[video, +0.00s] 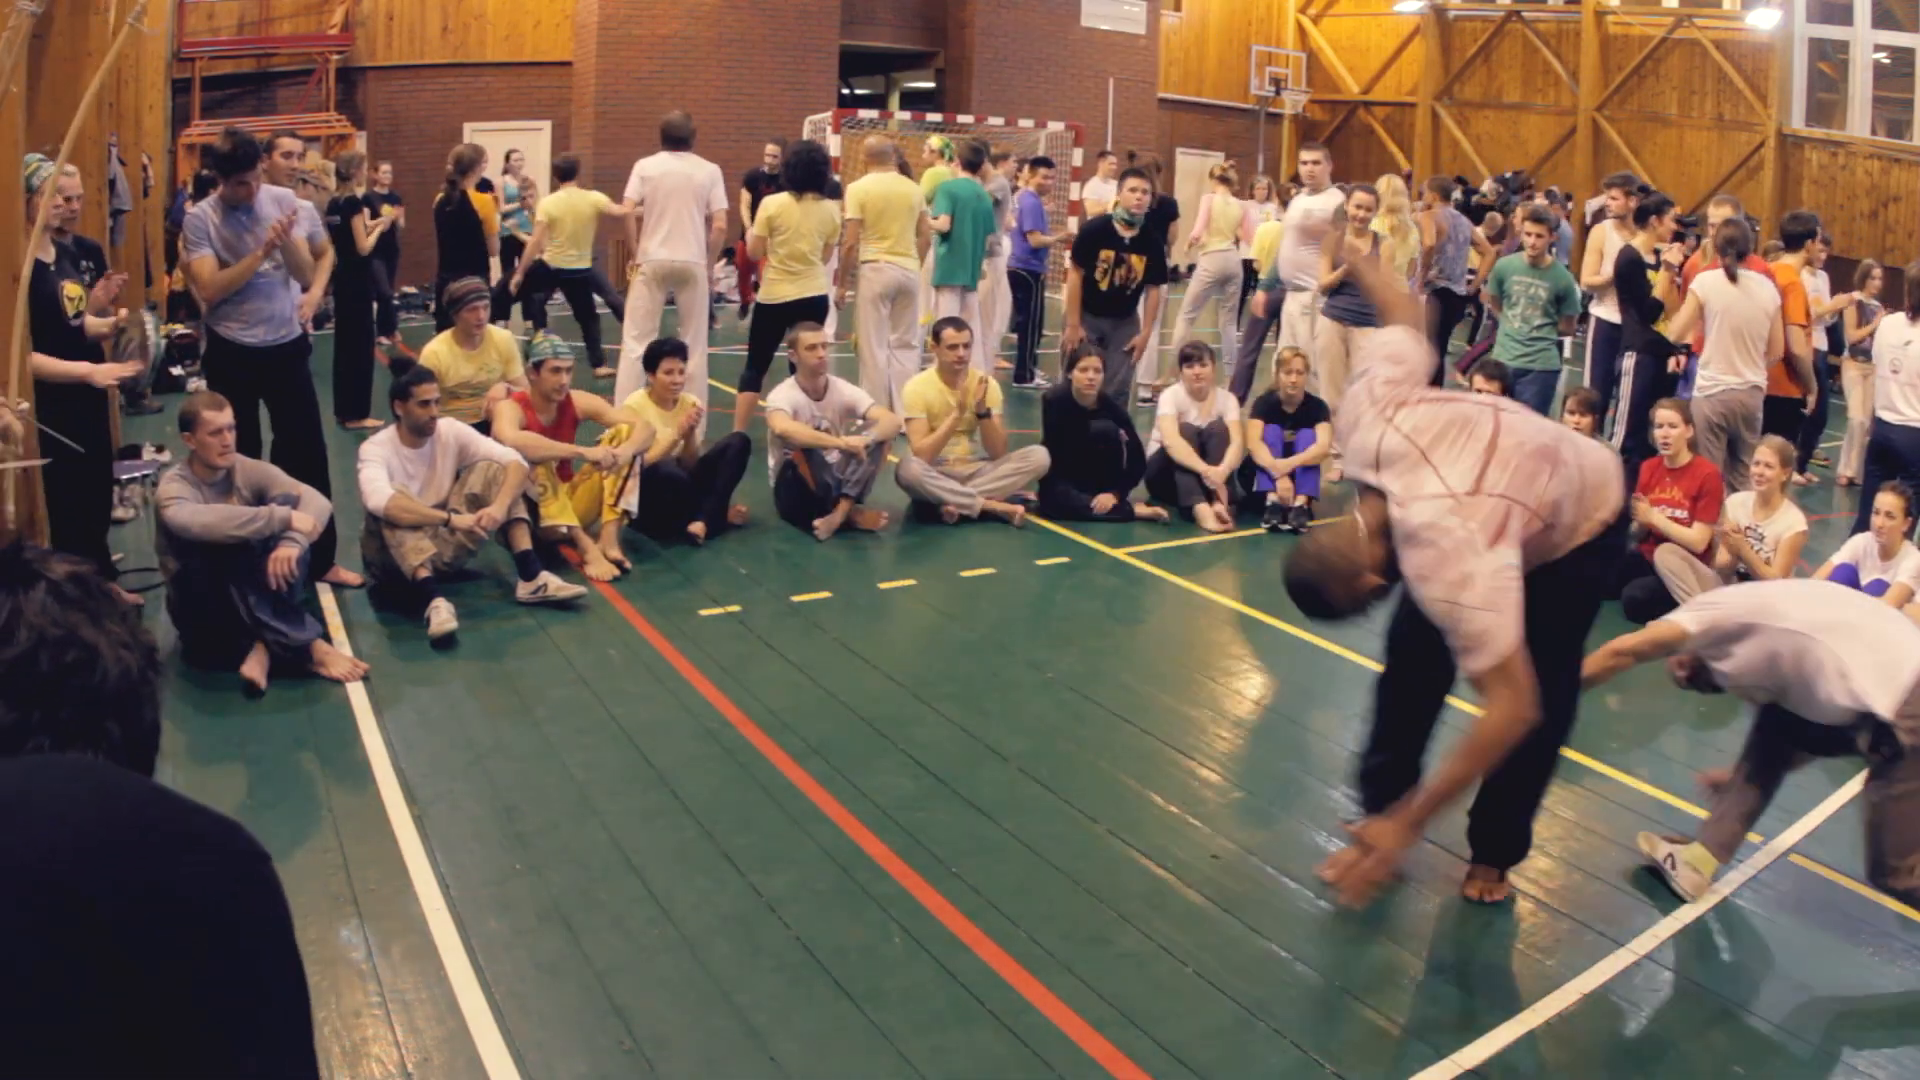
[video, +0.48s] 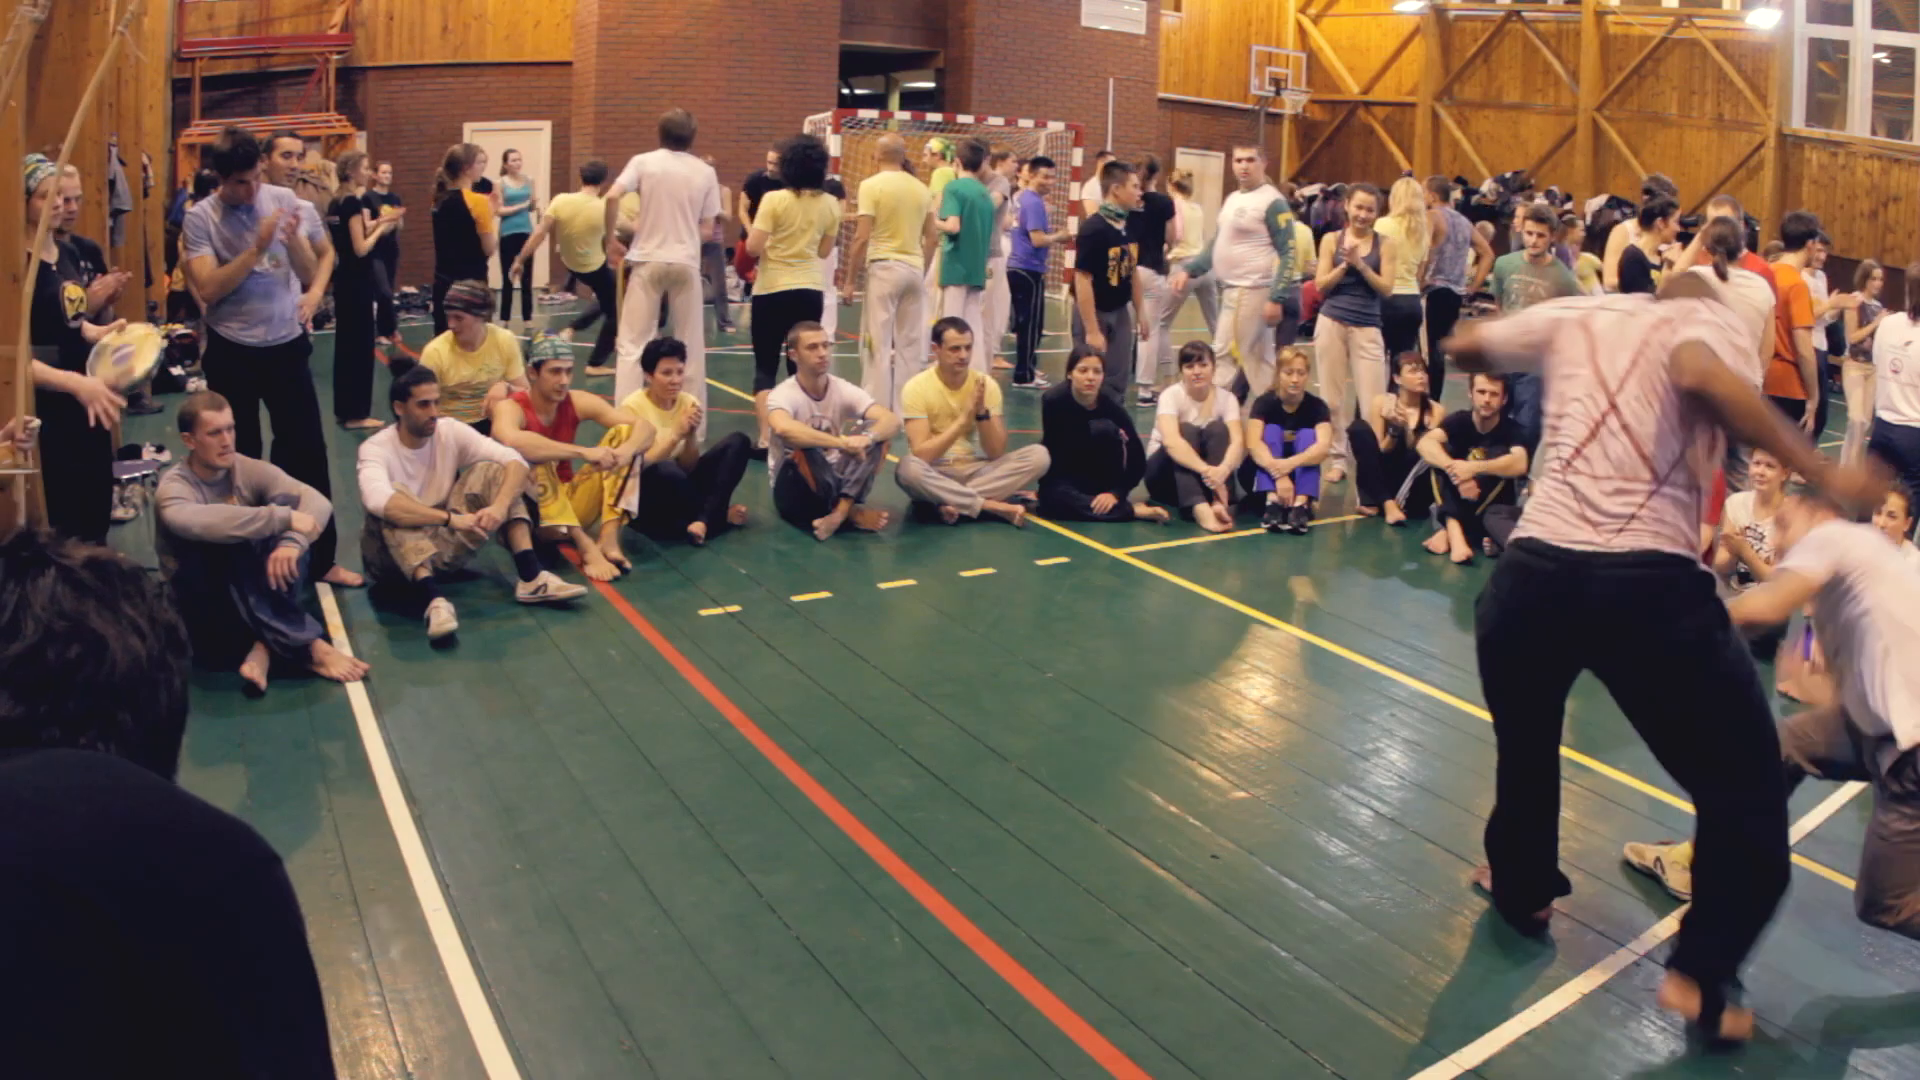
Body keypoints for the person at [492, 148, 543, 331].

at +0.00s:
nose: (519, 163)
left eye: (521, 159)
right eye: (515, 160)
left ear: (524, 162)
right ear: (508, 163)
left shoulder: (529, 182)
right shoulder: (502, 182)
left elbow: (535, 204)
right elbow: (501, 208)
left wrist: (529, 202)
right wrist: (520, 204)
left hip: (528, 230)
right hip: (508, 231)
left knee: (528, 274)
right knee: (508, 275)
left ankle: (530, 318)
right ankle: (504, 317)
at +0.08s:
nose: (519, 163)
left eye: (521, 160)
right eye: (515, 160)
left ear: (524, 162)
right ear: (507, 163)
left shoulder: (530, 182)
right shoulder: (502, 182)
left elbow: (540, 201)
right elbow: (502, 208)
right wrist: (525, 201)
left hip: (529, 230)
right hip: (509, 231)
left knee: (528, 275)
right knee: (507, 276)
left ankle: (528, 319)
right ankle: (505, 319)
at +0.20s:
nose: (518, 163)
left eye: (520, 160)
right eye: (514, 160)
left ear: (523, 162)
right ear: (506, 163)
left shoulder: (529, 182)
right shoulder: (501, 183)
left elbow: (533, 207)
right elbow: (498, 208)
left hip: (526, 233)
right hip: (508, 233)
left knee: (526, 280)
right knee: (507, 281)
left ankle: (528, 318)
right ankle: (505, 319)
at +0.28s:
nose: (518, 163)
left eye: (520, 160)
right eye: (514, 160)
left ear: (523, 162)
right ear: (506, 163)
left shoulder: (529, 182)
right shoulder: (501, 183)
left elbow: (533, 206)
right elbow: (497, 207)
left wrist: (538, 212)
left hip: (526, 231)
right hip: (508, 231)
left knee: (526, 278)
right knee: (507, 279)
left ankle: (528, 318)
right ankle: (505, 318)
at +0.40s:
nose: (518, 163)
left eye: (519, 160)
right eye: (514, 160)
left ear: (522, 162)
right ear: (506, 163)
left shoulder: (529, 182)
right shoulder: (500, 183)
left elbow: (534, 203)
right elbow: (497, 208)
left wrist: (536, 207)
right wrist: (521, 205)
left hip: (526, 230)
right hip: (508, 231)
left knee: (526, 276)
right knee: (507, 278)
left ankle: (527, 318)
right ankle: (505, 319)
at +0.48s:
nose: (517, 163)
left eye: (519, 160)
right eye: (513, 160)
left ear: (522, 162)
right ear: (505, 164)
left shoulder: (528, 182)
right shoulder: (500, 183)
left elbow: (532, 204)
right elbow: (499, 210)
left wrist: (535, 205)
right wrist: (524, 205)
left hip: (526, 230)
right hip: (508, 231)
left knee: (527, 278)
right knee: (507, 278)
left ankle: (527, 318)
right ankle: (504, 319)